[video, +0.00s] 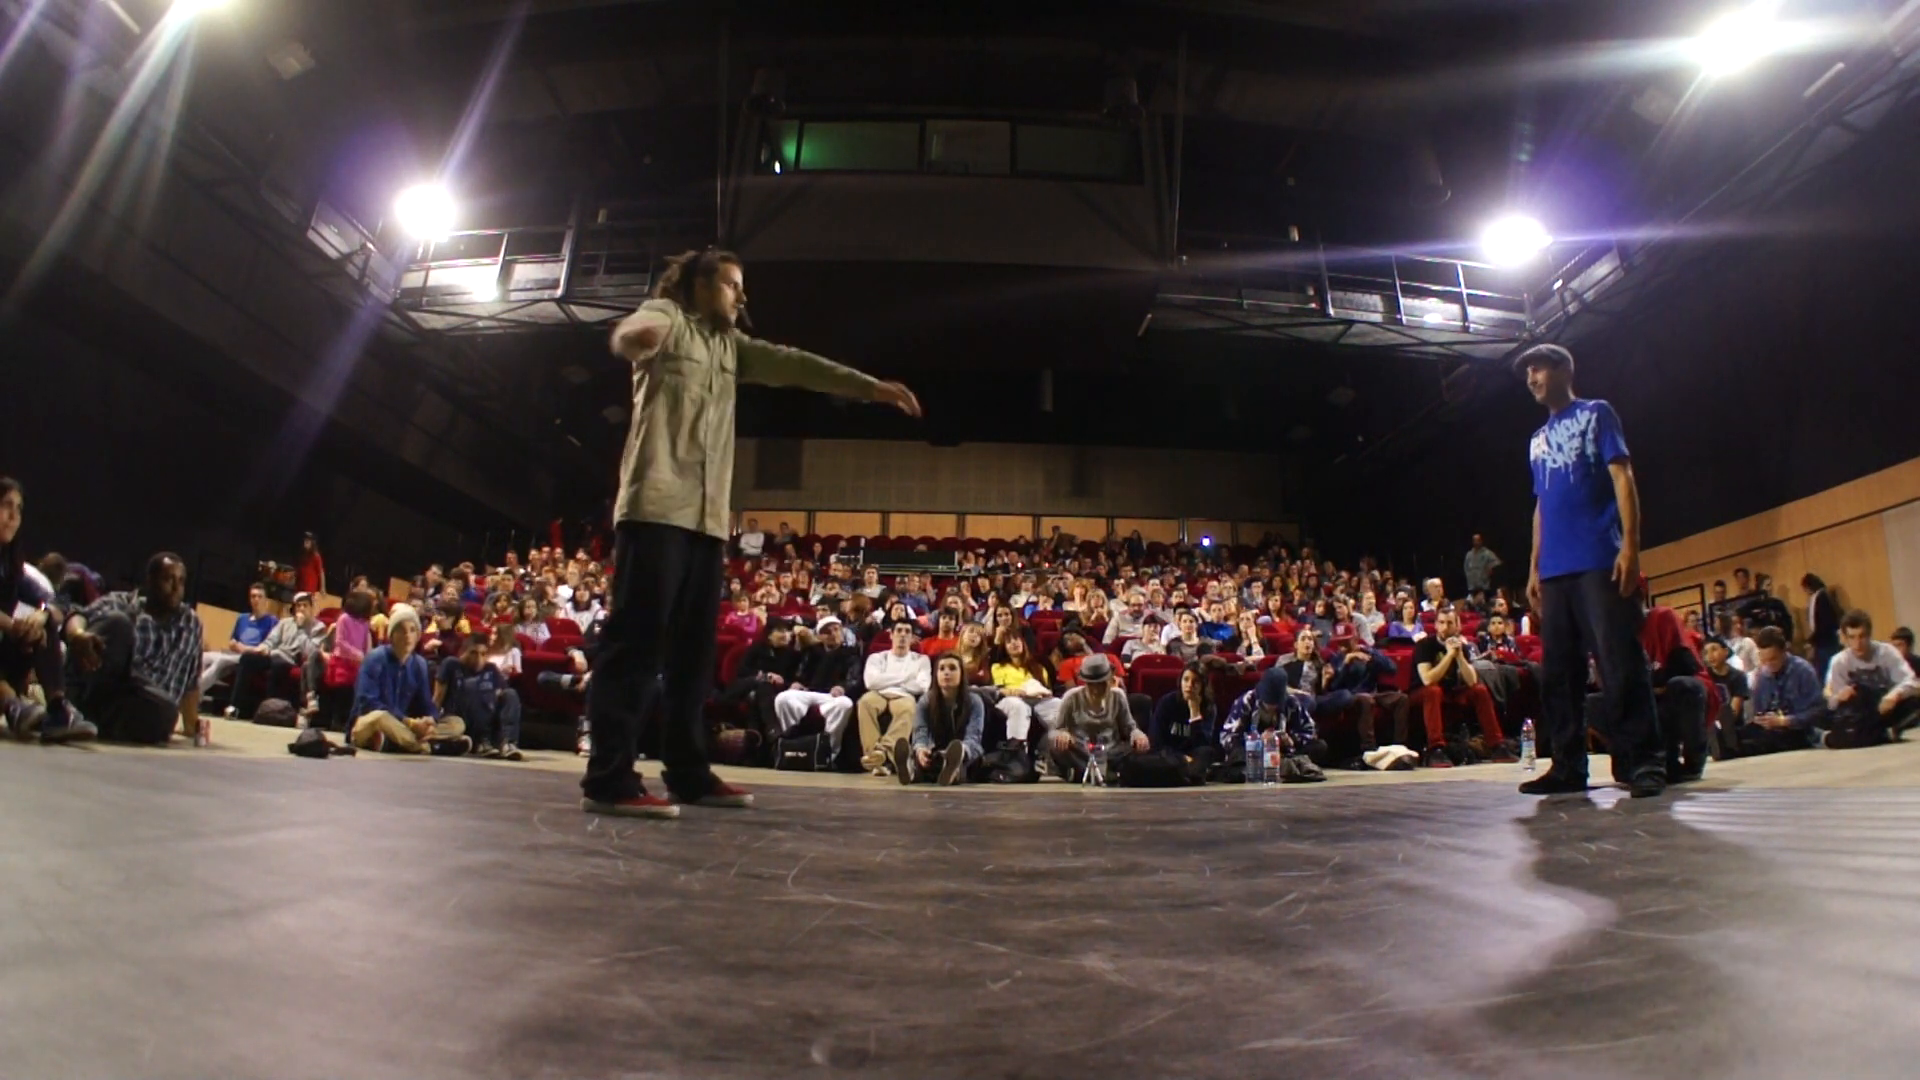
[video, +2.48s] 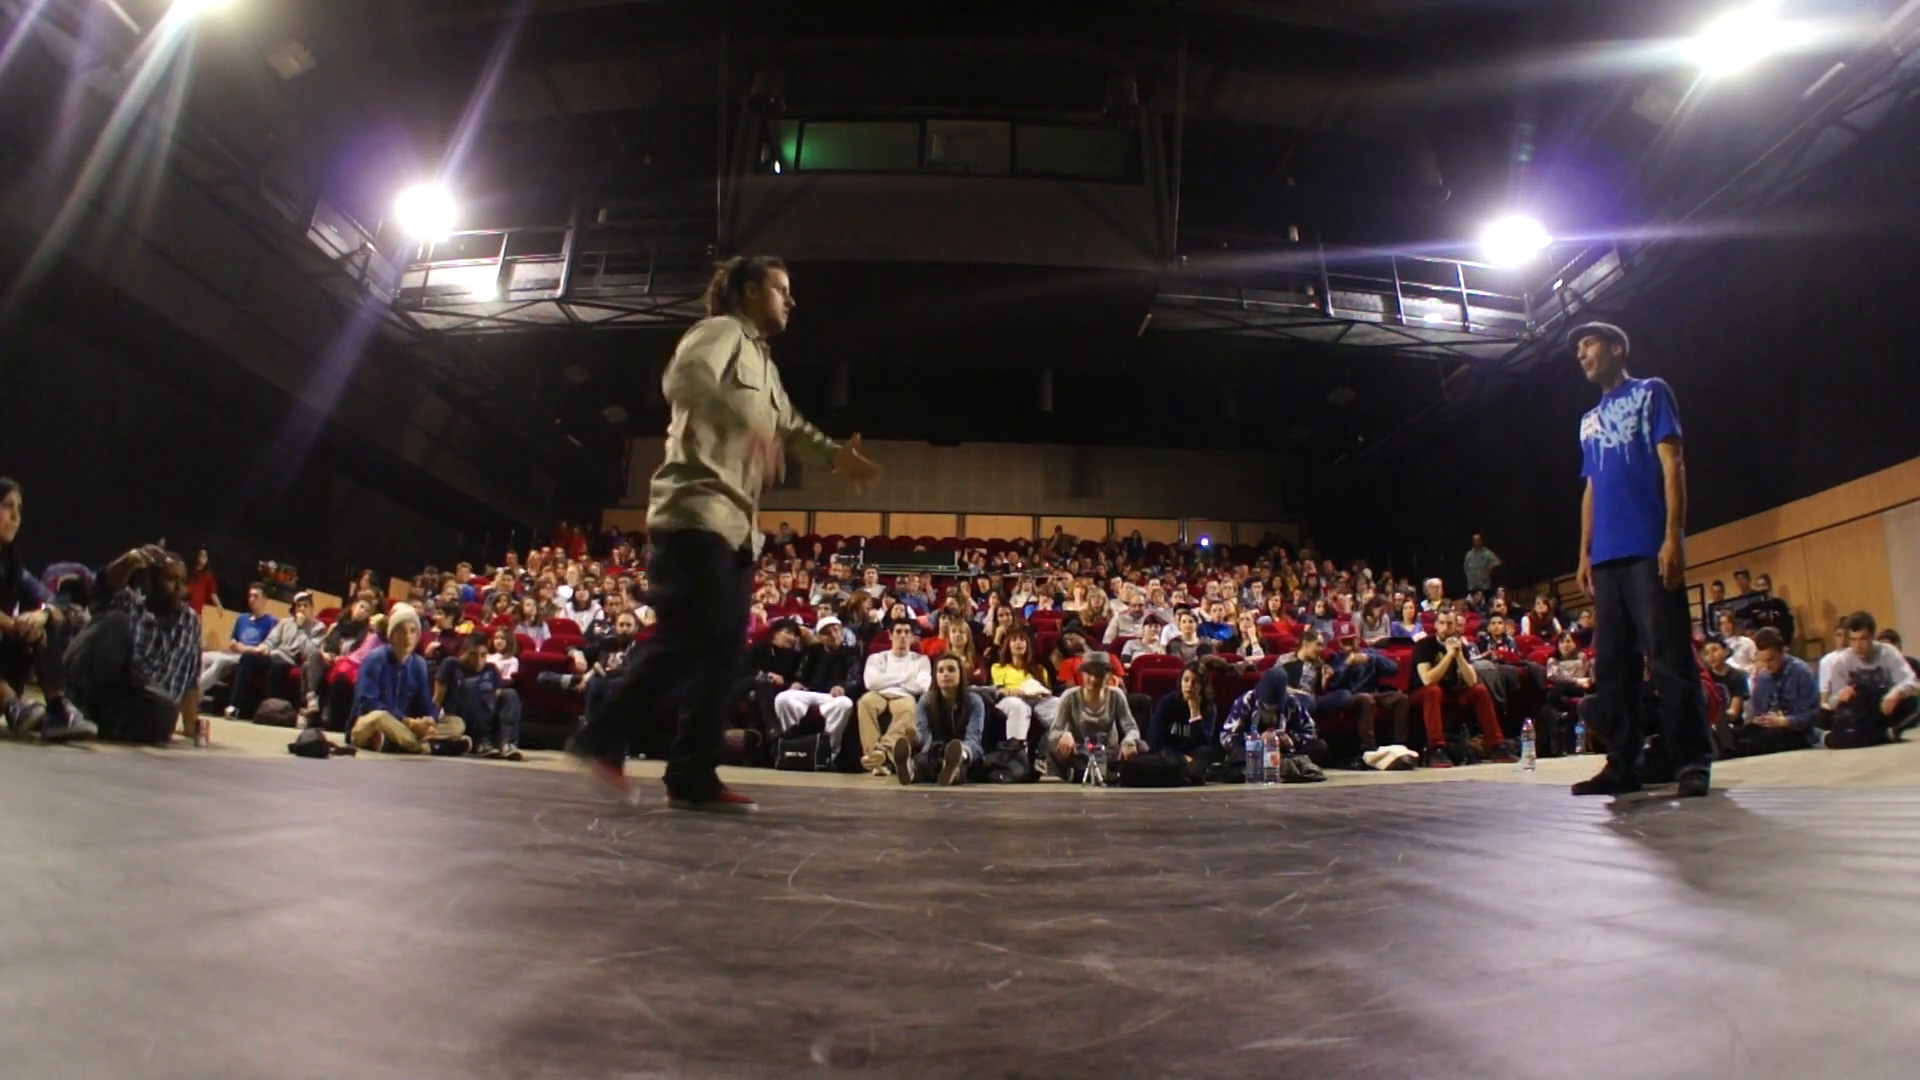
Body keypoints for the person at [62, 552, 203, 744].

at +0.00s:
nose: (176, 588)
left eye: (181, 581)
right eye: (169, 580)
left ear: (184, 586)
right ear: (151, 580)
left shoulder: (191, 623)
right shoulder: (122, 602)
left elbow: (190, 684)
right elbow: (79, 616)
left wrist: (191, 730)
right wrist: (76, 634)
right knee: (117, 624)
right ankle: (71, 710)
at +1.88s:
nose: (178, 589)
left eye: (182, 582)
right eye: (171, 580)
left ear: (185, 585)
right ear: (152, 581)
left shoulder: (191, 622)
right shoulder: (131, 603)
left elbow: (191, 684)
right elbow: (92, 599)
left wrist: (191, 731)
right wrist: (94, 609)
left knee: (159, 721)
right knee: (117, 623)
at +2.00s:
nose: (176, 586)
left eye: (181, 580)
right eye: (170, 578)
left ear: (185, 584)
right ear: (152, 580)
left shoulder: (191, 621)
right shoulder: (131, 610)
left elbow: (190, 678)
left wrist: (191, 727)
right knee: (116, 622)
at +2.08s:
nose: (176, 585)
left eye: (181, 579)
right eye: (169, 577)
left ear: (185, 585)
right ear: (152, 579)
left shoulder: (191, 621)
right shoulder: (132, 609)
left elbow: (190, 678)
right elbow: (133, 666)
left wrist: (191, 727)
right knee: (116, 626)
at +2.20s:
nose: (176, 585)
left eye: (180, 580)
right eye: (168, 577)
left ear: (185, 585)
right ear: (152, 579)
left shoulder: (190, 621)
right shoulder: (131, 606)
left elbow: (190, 683)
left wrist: (191, 730)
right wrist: (121, 565)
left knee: (161, 718)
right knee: (117, 622)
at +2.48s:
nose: (178, 588)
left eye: (181, 582)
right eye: (170, 580)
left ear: (184, 587)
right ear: (152, 581)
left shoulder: (189, 621)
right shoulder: (131, 606)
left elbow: (191, 682)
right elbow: (106, 588)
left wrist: (191, 730)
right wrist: (129, 562)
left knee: (158, 721)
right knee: (115, 621)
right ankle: (68, 704)